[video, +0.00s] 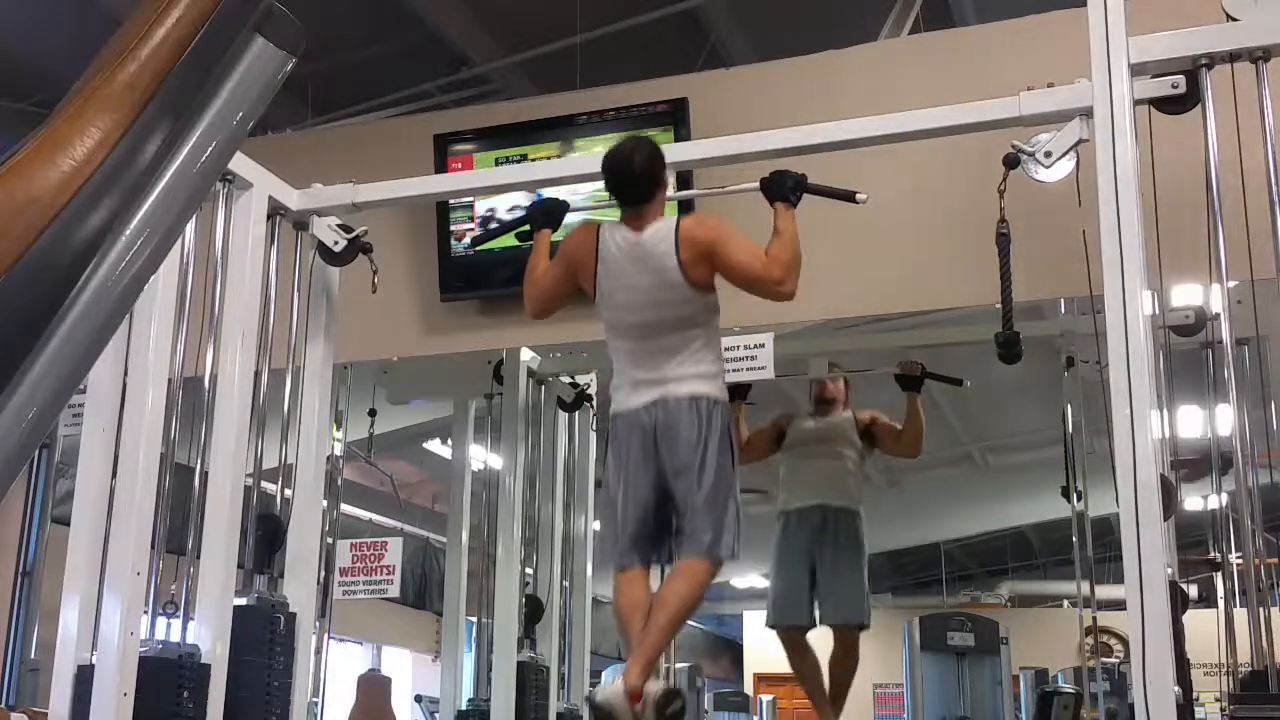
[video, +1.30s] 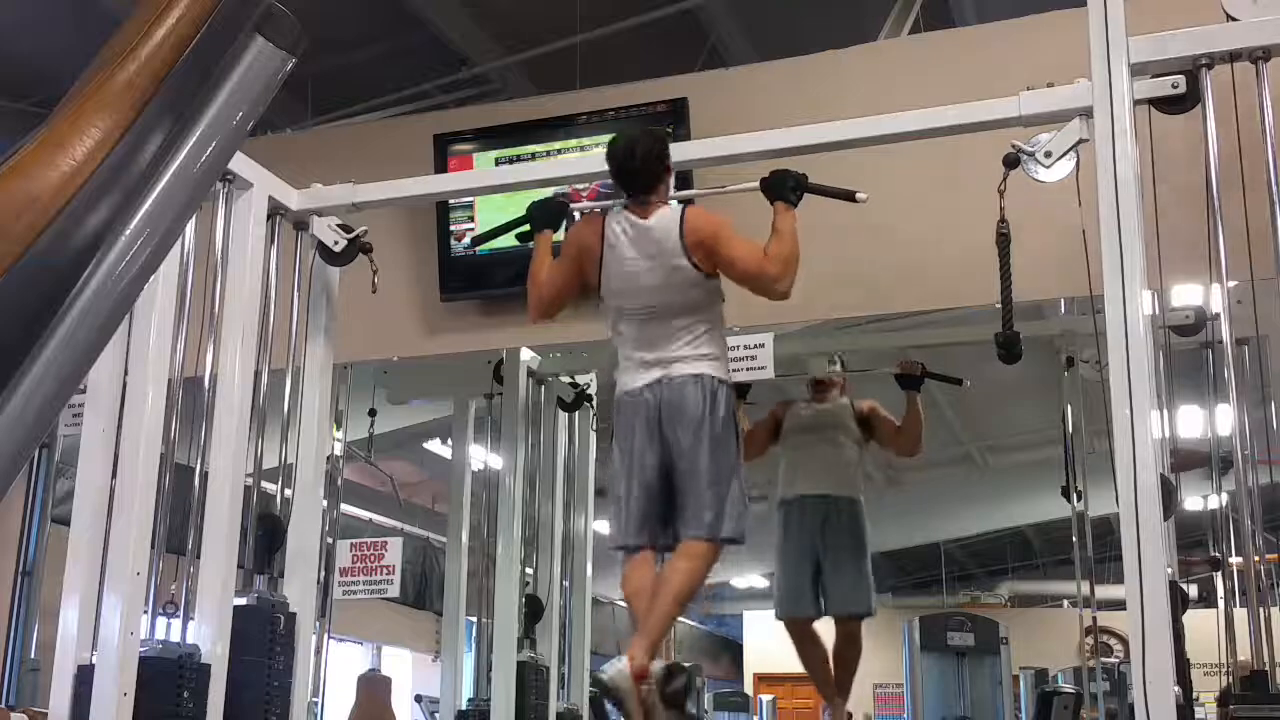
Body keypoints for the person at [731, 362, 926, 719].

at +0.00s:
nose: (822, 384)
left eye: (831, 378)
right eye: (816, 380)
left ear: (846, 390)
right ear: (809, 391)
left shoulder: (863, 421)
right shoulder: (789, 423)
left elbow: (909, 446)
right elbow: (741, 453)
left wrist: (912, 393)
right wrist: (737, 404)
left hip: (843, 523)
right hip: (794, 524)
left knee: (846, 628)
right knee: (789, 627)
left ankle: (832, 714)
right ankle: (825, 712)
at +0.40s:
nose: (826, 419)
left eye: (835, 415)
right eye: (820, 416)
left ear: (849, 429)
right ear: (813, 428)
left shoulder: (860, 457)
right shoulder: (791, 458)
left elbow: (910, 448)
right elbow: (741, 455)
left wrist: (912, 394)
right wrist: (735, 404)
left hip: (845, 568)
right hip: (795, 569)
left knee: (857, 673)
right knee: (797, 677)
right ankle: (827, 715)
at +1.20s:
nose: (821, 380)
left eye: (831, 377)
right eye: (816, 377)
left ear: (845, 390)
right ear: (809, 392)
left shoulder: (861, 419)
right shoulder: (787, 422)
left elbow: (910, 445)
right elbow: (744, 452)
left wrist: (913, 393)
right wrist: (735, 403)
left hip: (843, 520)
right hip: (793, 520)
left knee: (846, 625)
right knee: (788, 625)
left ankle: (831, 711)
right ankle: (825, 710)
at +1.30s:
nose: (821, 379)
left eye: (829, 374)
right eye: (815, 374)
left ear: (844, 382)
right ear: (806, 380)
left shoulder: (861, 409)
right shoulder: (786, 410)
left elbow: (907, 444)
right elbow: (747, 451)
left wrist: (912, 393)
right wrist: (736, 404)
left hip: (844, 511)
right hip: (795, 511)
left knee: (848, 616)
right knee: (794, 615)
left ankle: (837, 709)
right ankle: (837, 706)